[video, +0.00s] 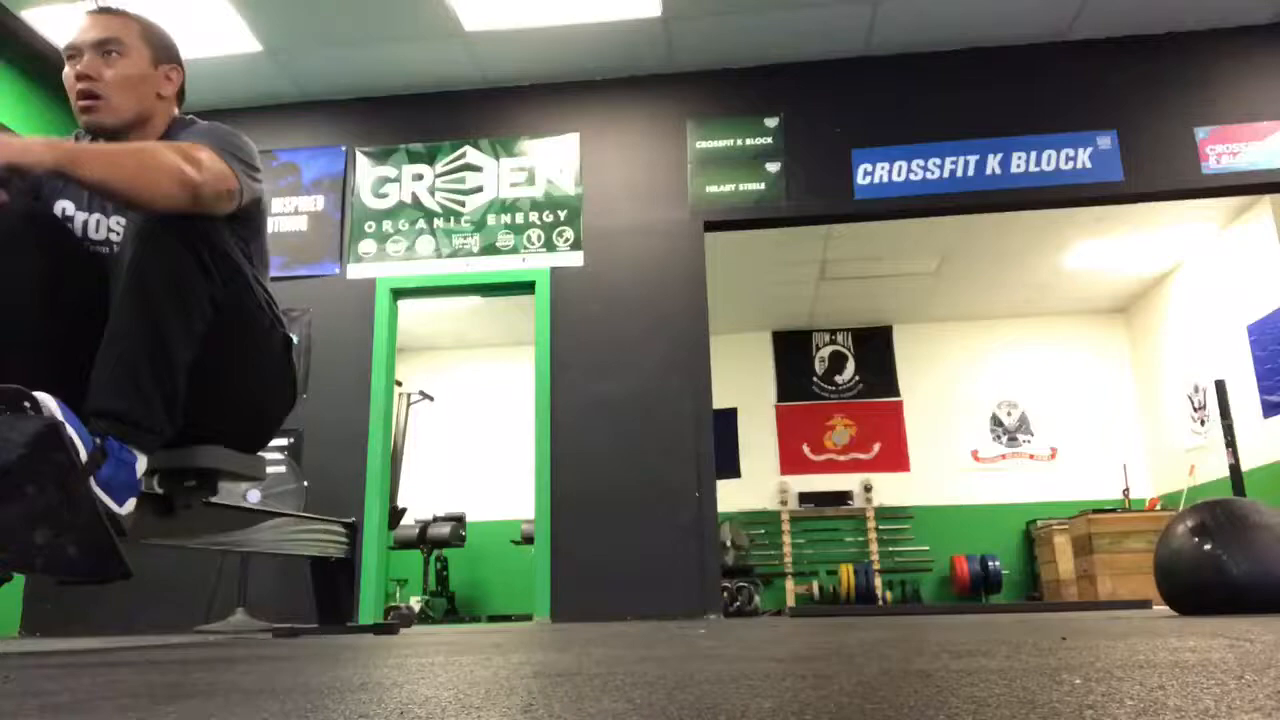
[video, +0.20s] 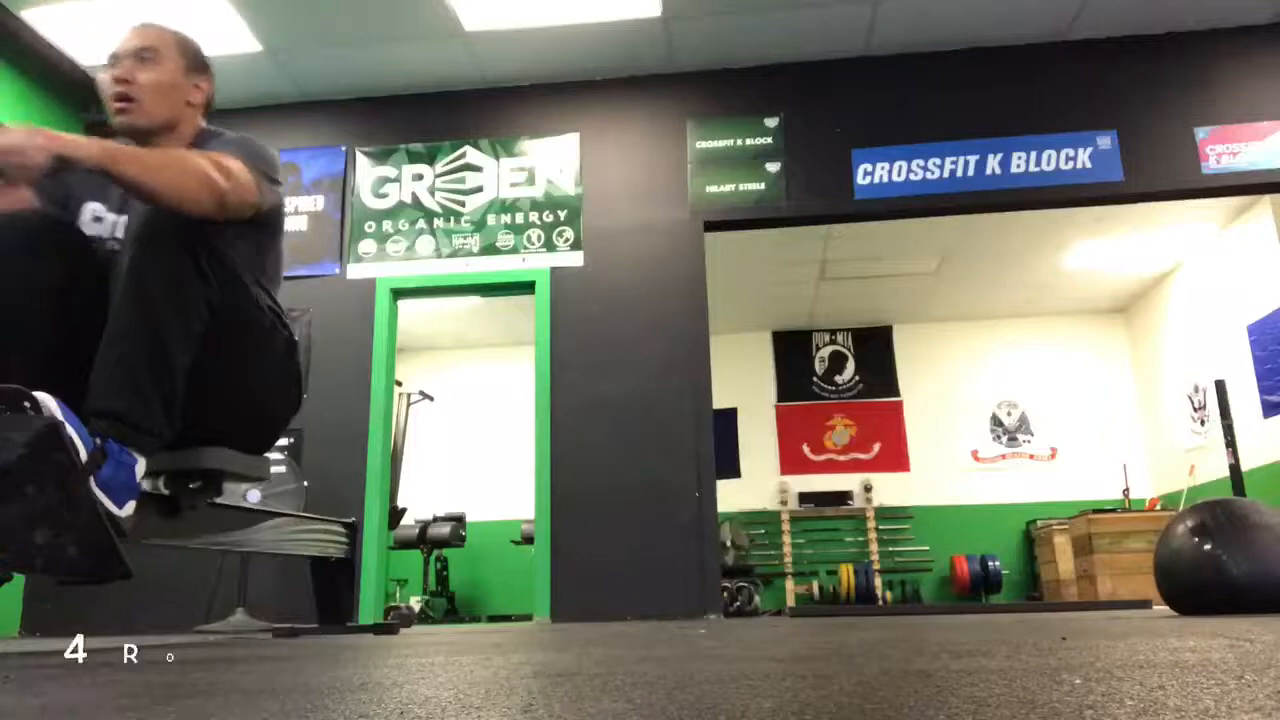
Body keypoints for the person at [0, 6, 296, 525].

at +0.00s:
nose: (81, 69)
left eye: (108, 53)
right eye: (72, 59)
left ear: (168, 81)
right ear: (62, 82)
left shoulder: (218, 142)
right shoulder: (51, 167)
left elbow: (199, 182)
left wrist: (40, 153)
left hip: (228, 390)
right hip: (97, 380)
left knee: (174, 219)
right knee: (19, 223)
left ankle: (120, 447)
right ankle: (21, 432)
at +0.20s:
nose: (119, 74)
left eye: (144, 59)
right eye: (112, 64)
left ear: (198, 89)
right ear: (101, 88)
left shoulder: (243, 153)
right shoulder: (80, 172)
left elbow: (218, 191)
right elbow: (14, 203)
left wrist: (64, 146)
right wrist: (12, 184)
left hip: (236, 392)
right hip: (110, 383)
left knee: (170, 225)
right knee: (29, 235)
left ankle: (121, 449)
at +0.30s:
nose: (164, 92)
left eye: (188, 79)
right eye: (159, 82)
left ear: (236, 109)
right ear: (150, 103)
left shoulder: (274, 176)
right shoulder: (126, 184)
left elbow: (254, 220)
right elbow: (19, 227)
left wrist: (131, 180)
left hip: (252, 398)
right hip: (138, 391)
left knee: (180, 242)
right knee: (55, 251)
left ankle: (116, 457)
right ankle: (17, 443)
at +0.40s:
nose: (211, 116)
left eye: (235, 106)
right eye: (203, 108)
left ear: (276, 137)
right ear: (192, 131)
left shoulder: (310, 201)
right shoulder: (170, 206)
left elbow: (280, 237)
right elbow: (72, 245)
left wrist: (182, 201)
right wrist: (2, 232)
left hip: (274, 403)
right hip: (173, 401)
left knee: (200, 279)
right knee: (81, 278)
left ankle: (110, 465)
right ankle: (12, 442)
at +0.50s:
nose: (249, 143)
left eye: (270, 133)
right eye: (243, 135)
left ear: (307, 163)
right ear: (234, 154)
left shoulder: (332, 220)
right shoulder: (219, 227)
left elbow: (321, 259)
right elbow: (130, 267)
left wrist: (233, 230)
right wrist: (44, 258)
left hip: (302, 412)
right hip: (208, 409)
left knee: (228, 316)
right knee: (111, 312)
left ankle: (116, 478)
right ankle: (25, 447)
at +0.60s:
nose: (281, 173)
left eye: (301, 163)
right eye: (275, 167)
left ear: (336, 190)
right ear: (269, 186)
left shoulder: (361, 248)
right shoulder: (249, 254)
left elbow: (361, 287)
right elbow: (159, 299)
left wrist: (275, 261)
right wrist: (97, 288)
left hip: (327, 415)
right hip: (239, 409)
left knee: (246, 355)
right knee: (130, 350)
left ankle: (116, 488)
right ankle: (40, 457)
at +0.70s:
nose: (307, 204)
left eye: (322, 193)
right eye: (301, 196)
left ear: (357, 215)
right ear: (296, 211)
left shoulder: (381, 272)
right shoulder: (268, 281)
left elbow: (386, 323)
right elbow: (195, 332)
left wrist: (315, 296)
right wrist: (146, 315)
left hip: (337, 420)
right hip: (257, 414)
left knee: (253, 389)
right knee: (155, 382)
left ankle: (126, 486)